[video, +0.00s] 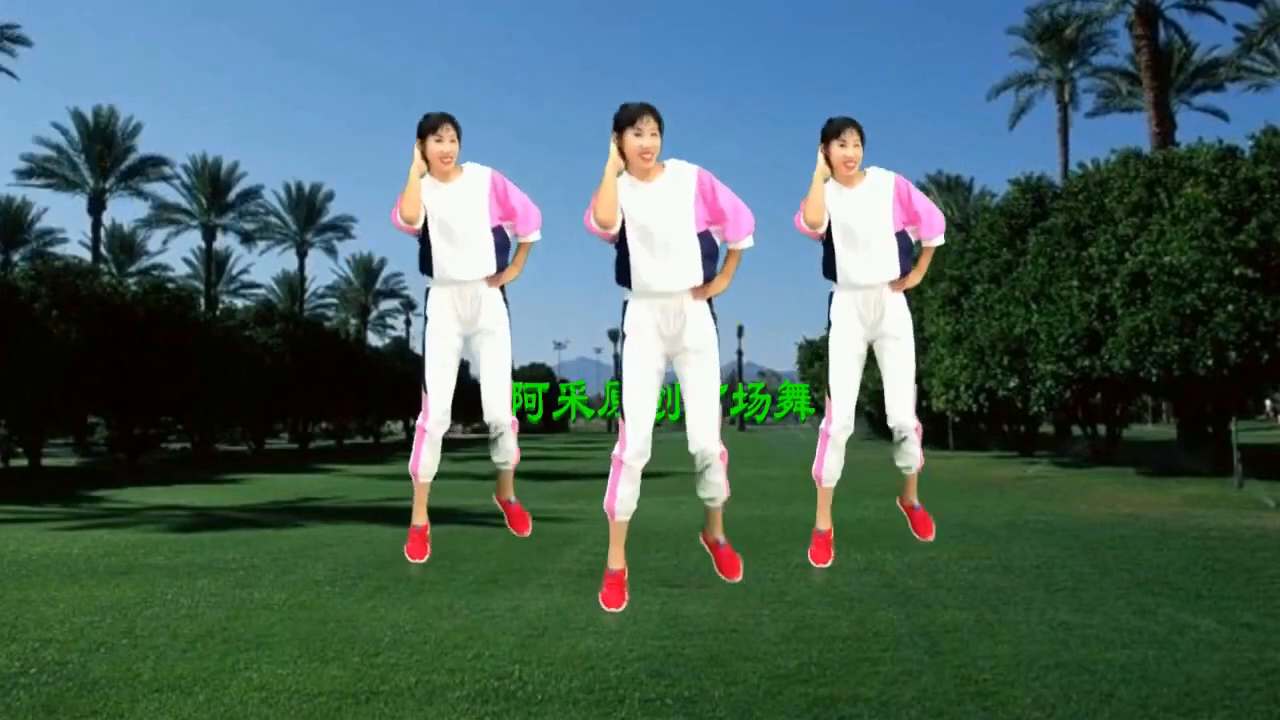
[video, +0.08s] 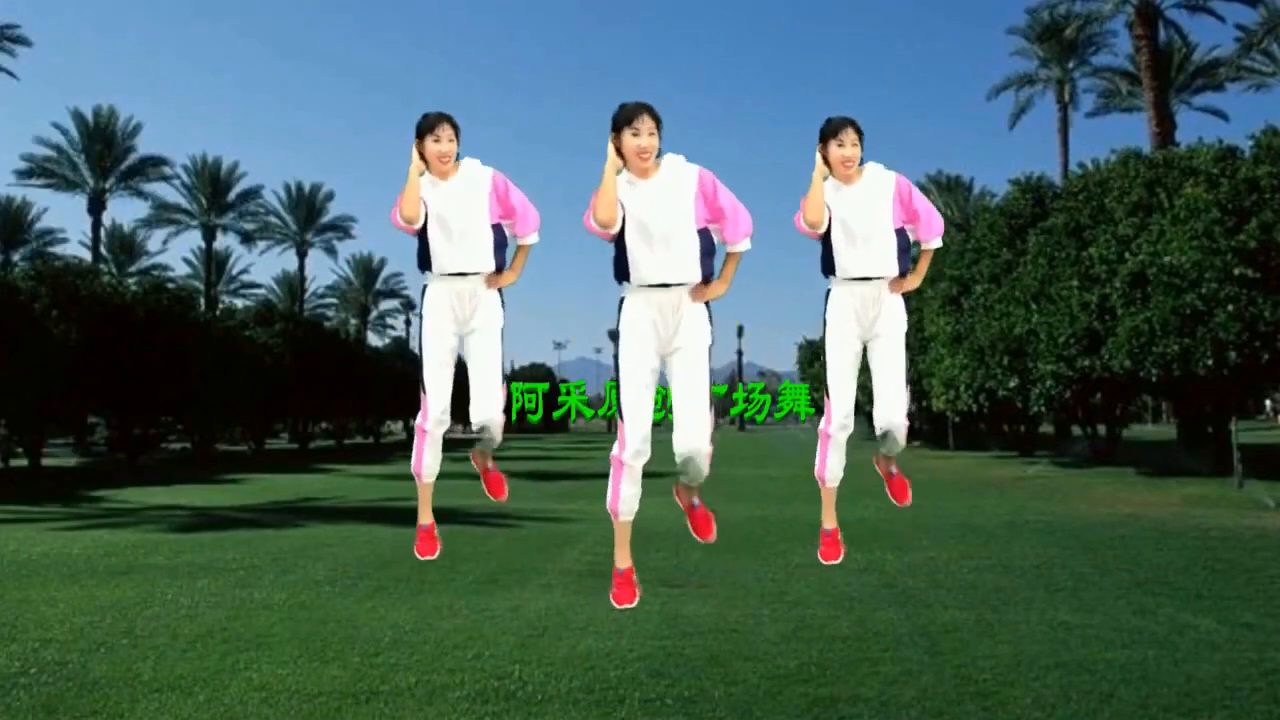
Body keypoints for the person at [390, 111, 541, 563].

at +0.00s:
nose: (445, 147)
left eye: (450, 140)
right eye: (437, 141)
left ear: (459, 145)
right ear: (422, 148)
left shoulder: (485, 180)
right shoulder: (418, 190)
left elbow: (529, 220)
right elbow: (410, 219)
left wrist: (513, 269)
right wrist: (416, 167)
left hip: (487, 295)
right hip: (443, 299)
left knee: (498, 414)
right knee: (435, 413)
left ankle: (506, 494)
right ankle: (419, 517)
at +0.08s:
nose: (444, 146)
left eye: (449, 139)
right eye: (435, 140)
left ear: (458, 144)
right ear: (421, 148)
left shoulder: (485, 178)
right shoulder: (418, 188)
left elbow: (528, 220)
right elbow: (410, 219)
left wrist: (513, 272)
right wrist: (415, 167)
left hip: (483, 292)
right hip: (439, 295)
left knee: (489, 417)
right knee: (435, 412)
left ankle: (482, 459)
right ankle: (425, 517)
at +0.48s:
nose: (454, 155)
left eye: (457, 147)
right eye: (444, 148)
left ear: (465, 153)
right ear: (428, 157)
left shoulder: (491, 196)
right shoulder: (420, 200)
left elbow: (527, 243)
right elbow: (456, 213)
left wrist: (512, 286)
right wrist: (450, 157)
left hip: (484, 304)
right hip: (440, 305)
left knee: (494, 425)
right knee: (436, 423)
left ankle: (492, 489)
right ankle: (427, 525)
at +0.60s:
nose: (457, 159)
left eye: (464, 153)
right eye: (449, 152)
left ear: (473, 160)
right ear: (434, 159)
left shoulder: (495, 198)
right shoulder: (426, 201)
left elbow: (532, 243)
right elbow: (472, 209)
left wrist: (521, 283)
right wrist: (502, 162)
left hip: (497, 304)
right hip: (454, 307)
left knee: (507, 421)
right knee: (451, 427)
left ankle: (517, 517)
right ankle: (431, 527)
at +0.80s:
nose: (463, 175)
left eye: (469, 169)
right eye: (455, 168)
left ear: (477, 176)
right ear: (440, 176)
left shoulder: (497, 218)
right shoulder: (433, 219)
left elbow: (539, 262)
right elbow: (478, 239)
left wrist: (521, 307)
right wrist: (534, 216)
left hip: (501, 333)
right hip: (457, 334)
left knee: (507, 437)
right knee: (458, 443)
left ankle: (516, 521)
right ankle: (431, 531)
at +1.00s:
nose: (459, 144)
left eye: (466, 137)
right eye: (451, 137)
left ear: (476, 144)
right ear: (438, 144)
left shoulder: (497, 189)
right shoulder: (427, 184)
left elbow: (528, 240)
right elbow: (445, 236)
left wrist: (512, 272)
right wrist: (492, 268)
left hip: (483, 300)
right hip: (439, 298)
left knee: (490, 417)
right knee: (434, 413)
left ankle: (482, 464)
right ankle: (423, 520)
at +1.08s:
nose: (457, 157)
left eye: (464, 150)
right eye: (449, 150)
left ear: (476, 156)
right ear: (435, 156)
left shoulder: (497, 202)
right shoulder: (423, 197)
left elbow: (526, 254)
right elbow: (427, 259)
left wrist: (504, 297)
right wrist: (467, 298)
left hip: (478, 313)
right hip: (434, 311)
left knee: (476, 430)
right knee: (430, 424)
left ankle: (461, 434)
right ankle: (424, 528)